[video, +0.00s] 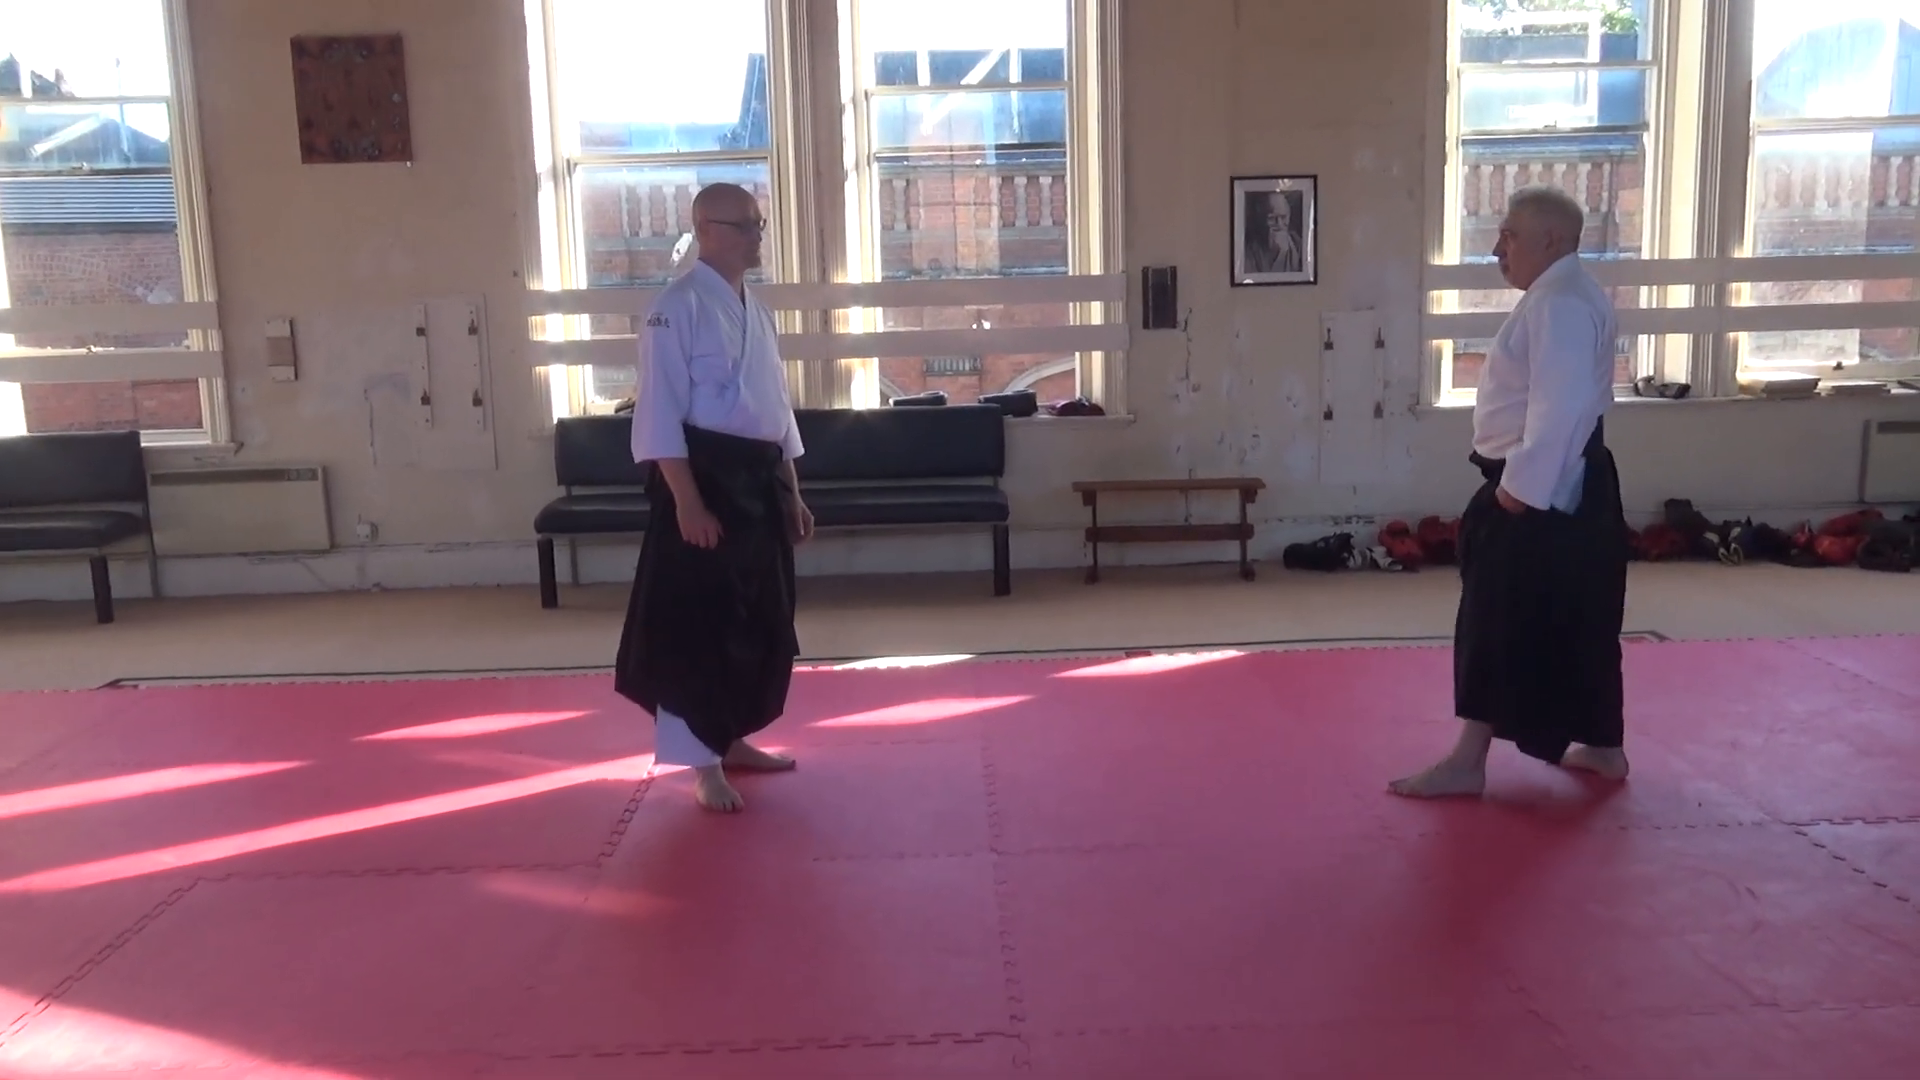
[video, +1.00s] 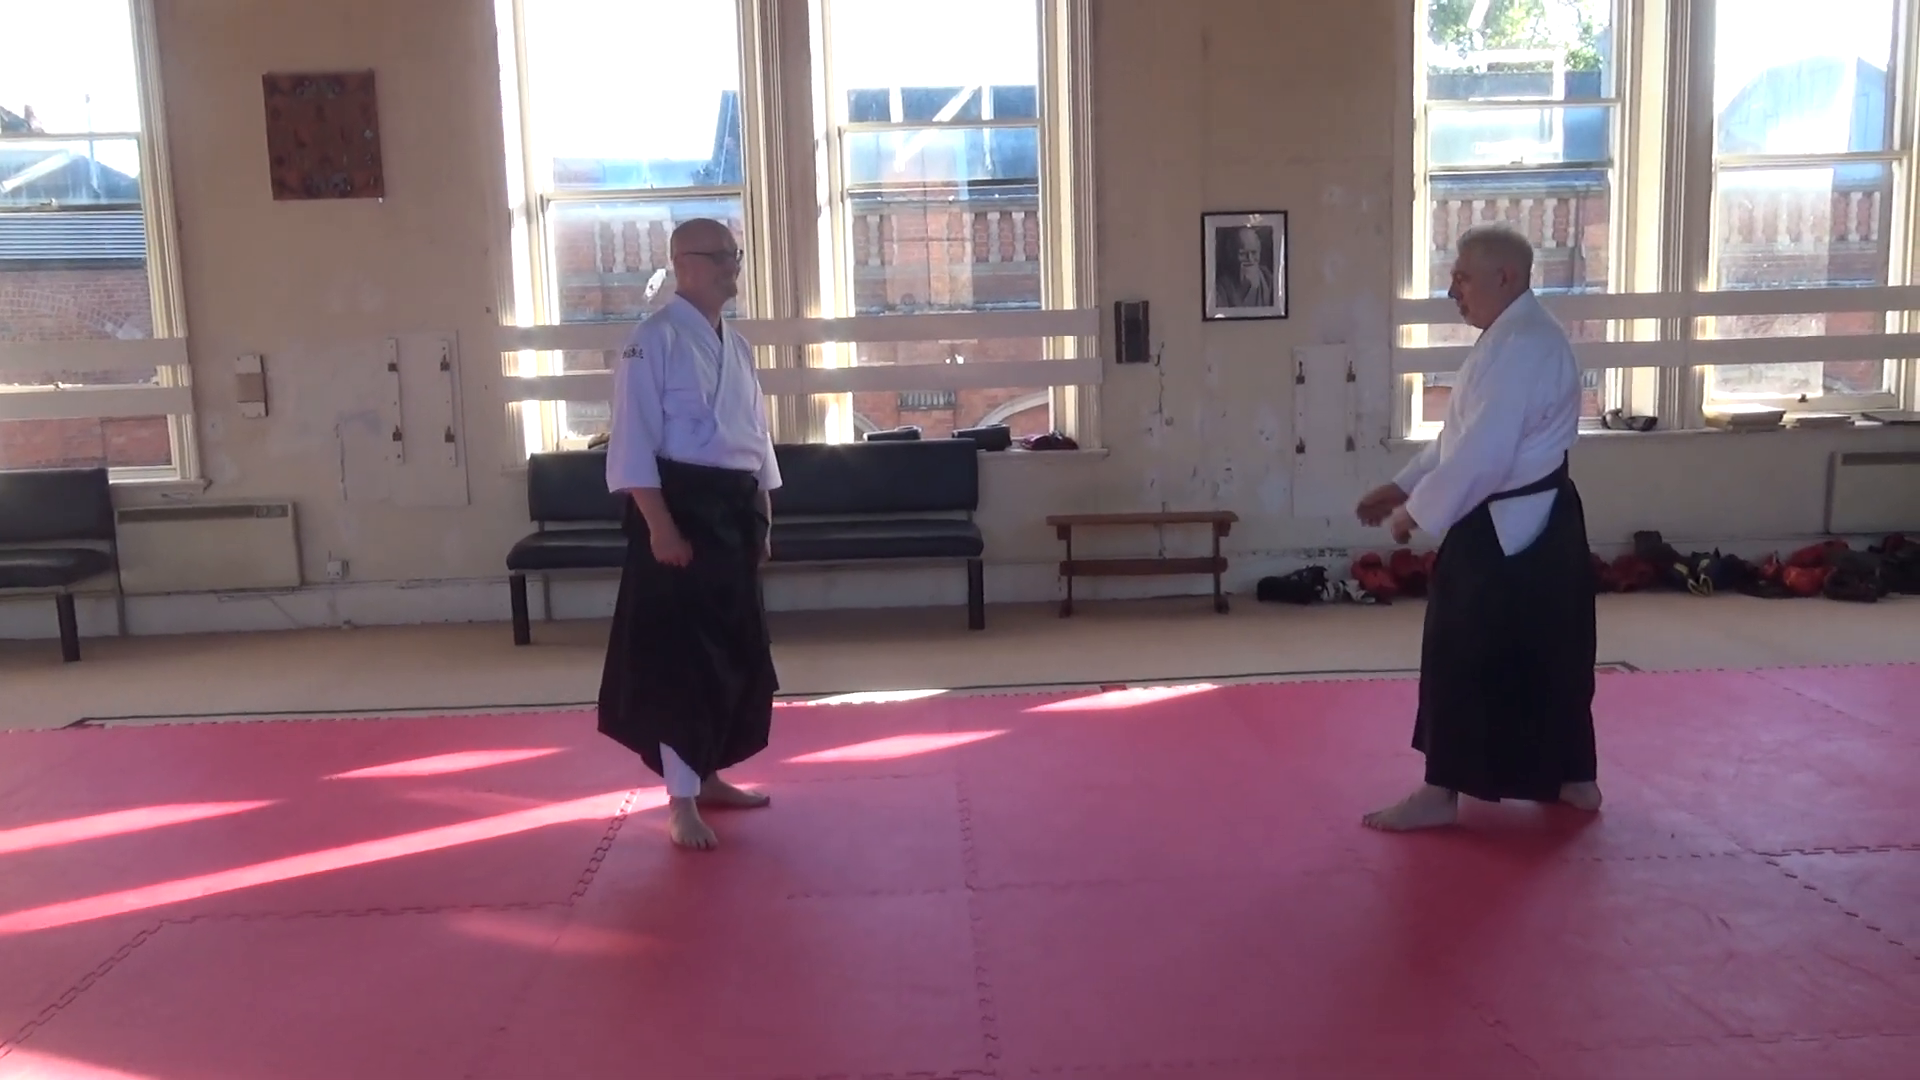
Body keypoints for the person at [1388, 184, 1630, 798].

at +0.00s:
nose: (1497, 246)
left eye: (1508, 234)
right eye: (1501, 233)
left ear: (1548, 241)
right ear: (1555, 242)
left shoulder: (1558, 303)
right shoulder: (1579, 294)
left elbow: (1560, 406)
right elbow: (1578, 401)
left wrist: (1520, 488)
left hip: (1531, 487)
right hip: (1578, 481)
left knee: (1490, 625)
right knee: (1585, 618)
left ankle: (1467, 760)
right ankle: (1605, 746)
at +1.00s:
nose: (1453, 288)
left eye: (1464, 277)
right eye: (1454, 277)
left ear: (1505, 277)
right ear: (1508, 279)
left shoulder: (1518, 345)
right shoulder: (1515, 335)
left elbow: (1481, 454)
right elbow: (1460, 438)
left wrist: (1415, 513)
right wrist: (1400, 486)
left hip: (1500, 523)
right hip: (1542, 514)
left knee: (1453, 654)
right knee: (1555, 649)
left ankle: (1438, 792)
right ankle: (1576, 779)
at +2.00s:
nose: (1647, 215)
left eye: (1660, 199)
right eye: (1646, 199)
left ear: (1715, 197)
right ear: (1711, 199)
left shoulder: (1736, 287)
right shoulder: (1711, 273)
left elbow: (1648, 421)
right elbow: (1623, 366)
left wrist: (1582, 464)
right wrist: (1528, 427)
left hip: (1709, 526)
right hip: (1747, 516)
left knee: (1638, 703)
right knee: (1770, 704)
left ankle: (1615, 894)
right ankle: (1801, 879)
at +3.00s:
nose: (1333, 279)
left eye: (1342, 267)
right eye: (1333, 266)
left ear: (1381, 270)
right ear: (1397, 270)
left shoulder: (1374, 351)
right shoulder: (1434, 315)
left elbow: (1293, 437)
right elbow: (1356, 271)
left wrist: (1210, 483)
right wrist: (1333, 221)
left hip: (1425, 542)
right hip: (1471, 522)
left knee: (1349, 671)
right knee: (1541, 658)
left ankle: (1382, 832)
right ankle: (1634, 761)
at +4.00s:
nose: (939, 236)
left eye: (953, 225)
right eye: (930, 227)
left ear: (988, 237)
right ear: (920, 242)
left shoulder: (1045, 308)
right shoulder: (902, 325)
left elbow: (1108, 375)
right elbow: (843, 382)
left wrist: (1136, 434)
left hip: (1045, 507)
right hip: (957, 512)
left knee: (1086, 638)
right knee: (936, 649)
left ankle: (1122, 753)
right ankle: (942, 794)